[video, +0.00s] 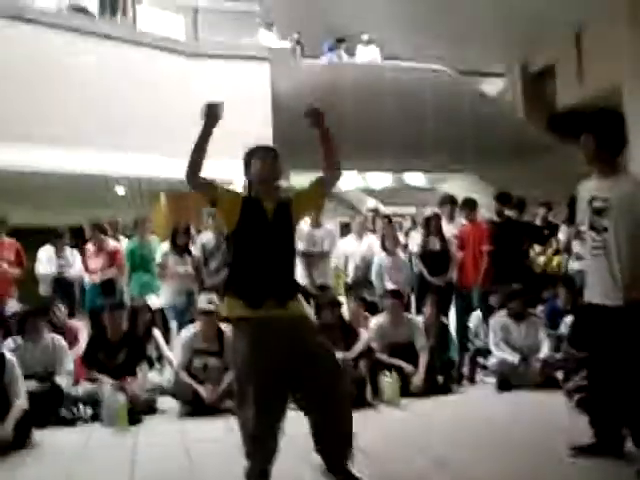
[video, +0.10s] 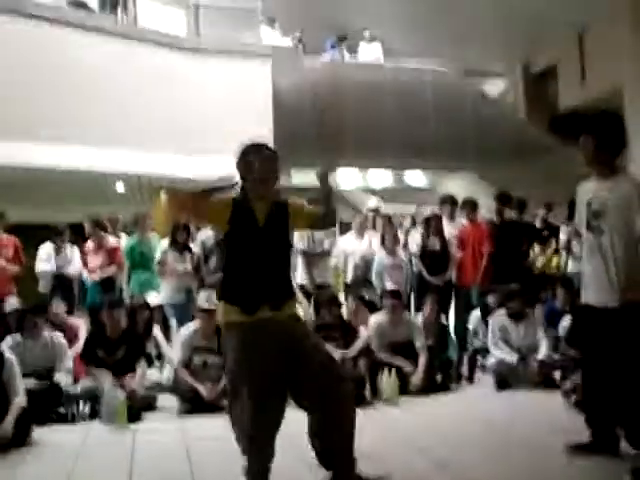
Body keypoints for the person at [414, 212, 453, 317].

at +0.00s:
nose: (436, 226)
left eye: (438, 222)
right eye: (432, 223)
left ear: (440, 224)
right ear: (427, 225)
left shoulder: (446, 241)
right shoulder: (421, 241)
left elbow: (452, 259)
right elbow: (417, 260)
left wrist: (448, 275)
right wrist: (430, 278)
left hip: (444, 281)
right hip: (427, 282)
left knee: (442, 314)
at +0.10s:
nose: (436, 228)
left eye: (438, 224)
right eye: (433, 225)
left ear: (441, 226)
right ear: (427, 226)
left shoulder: (445, 242)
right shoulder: (422, 243)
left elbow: (450, 260)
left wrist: (445, 276)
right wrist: (430, 278)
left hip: (442, 281)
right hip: (426, 282)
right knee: (426, 313)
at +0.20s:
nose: (435, 212)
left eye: (437, 208)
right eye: (432, 208)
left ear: (440, 210)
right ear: (427, 210)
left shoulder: (444, 226)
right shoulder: (422, 224)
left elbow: (450, 243)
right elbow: (417, 243)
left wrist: (446, 261)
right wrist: (427, 262)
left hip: (442, 265)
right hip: (426, 265)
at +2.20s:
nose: (433, 200)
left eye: (435, 197)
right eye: (429, 197)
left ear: (439, 198)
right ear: (425, 198)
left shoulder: (444, 214)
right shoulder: (419, 214)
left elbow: (449, 234)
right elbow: (416, 236)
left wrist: (447, 251)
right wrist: (428, 254)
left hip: (442, 257)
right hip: (424, 257)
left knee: (442, 291)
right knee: (423, 288)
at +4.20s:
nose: (432, 198)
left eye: (435, 194)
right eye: (429, 194)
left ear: (439, 197)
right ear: (424, 196)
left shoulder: (444, 214)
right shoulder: (418, 214)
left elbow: (449, 234)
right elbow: (416, 236)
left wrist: (447, 251)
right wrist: (428, 254)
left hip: (443, 257)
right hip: (425, 258)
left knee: (444, 290)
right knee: (424, 289)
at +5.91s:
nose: (437, 200)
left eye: (440, 197)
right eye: (433, 196)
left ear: (443, 199)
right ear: (429, 199)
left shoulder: (449, 216)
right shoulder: (423, 216)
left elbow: (454, 236)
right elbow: (421, 238)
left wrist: (452, 253)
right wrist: (433, 256)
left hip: (447, 259)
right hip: (429, 258)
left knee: (448, 291)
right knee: (428, 290)